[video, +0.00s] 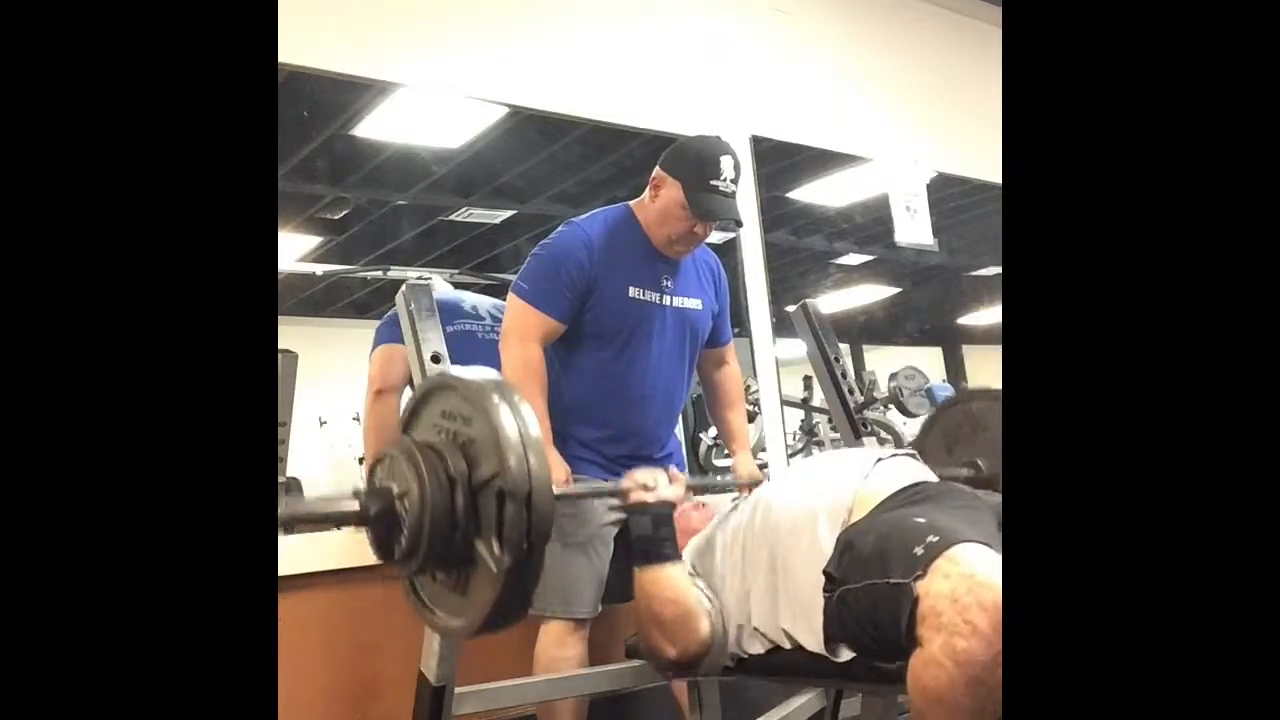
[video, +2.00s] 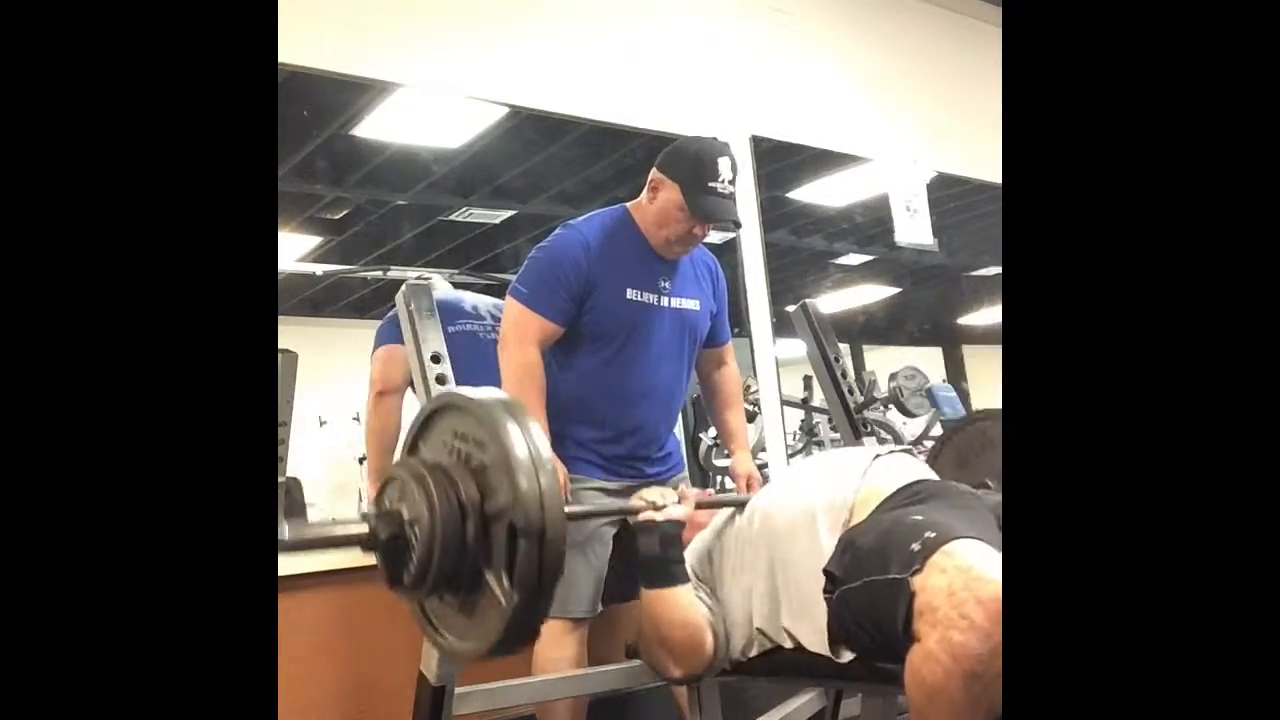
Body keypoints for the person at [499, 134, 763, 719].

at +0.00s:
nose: (705, 230)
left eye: (715, 220)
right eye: (696, 213)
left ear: (724, 216)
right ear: (658, 187)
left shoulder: (708, 270)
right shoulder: (580, 246)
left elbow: (720, 365)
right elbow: (521, 341)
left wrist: (741, 450)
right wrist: (542, 449)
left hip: (661, 466)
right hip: (578, 464)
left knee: (658, 613)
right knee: (571, 618)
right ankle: (563, 715)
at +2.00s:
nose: (704, 231)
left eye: (713, 222)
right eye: (695, 215)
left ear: (721, 217)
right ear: (655, 188)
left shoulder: (706, 271)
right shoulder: (577, 249)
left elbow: (719, 366)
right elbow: (519, 342)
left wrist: (740, 451)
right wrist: (539, 452)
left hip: (661, 472)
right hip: (580, 473)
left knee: (652, 611)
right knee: (569, 621)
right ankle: (561, 715)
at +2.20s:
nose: (703, 230)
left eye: (712, 221)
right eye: (694, 214)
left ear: (721, 216)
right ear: (656, 187)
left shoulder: (706, 270)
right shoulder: (578, 248)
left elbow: (719, 366)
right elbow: (520, 342)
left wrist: (742, 450)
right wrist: (541, 454)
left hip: (664, 473)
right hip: (579, 474)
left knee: (679, 620)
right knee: (569, 624)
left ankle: (689, 716)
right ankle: (563, 717)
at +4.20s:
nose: (707, 234)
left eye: (717, 224)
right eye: (698, 217)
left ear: (726, 220)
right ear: (661, 189)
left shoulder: (710, 272)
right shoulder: (583, 250)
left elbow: (721, 366)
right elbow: (524, 344)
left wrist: (742, 451)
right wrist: (545, 457)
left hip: (662, 474)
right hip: (584, 474)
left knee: (637, 617)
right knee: (569, 629)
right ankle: (559, 715)